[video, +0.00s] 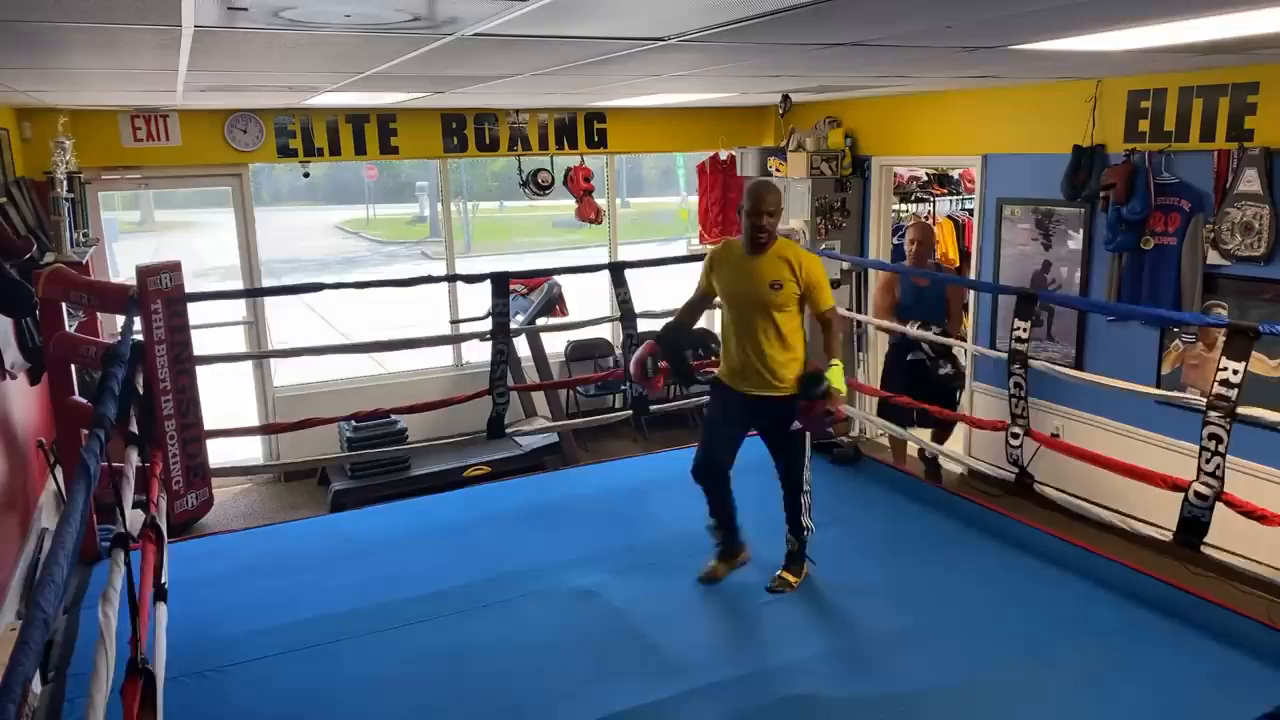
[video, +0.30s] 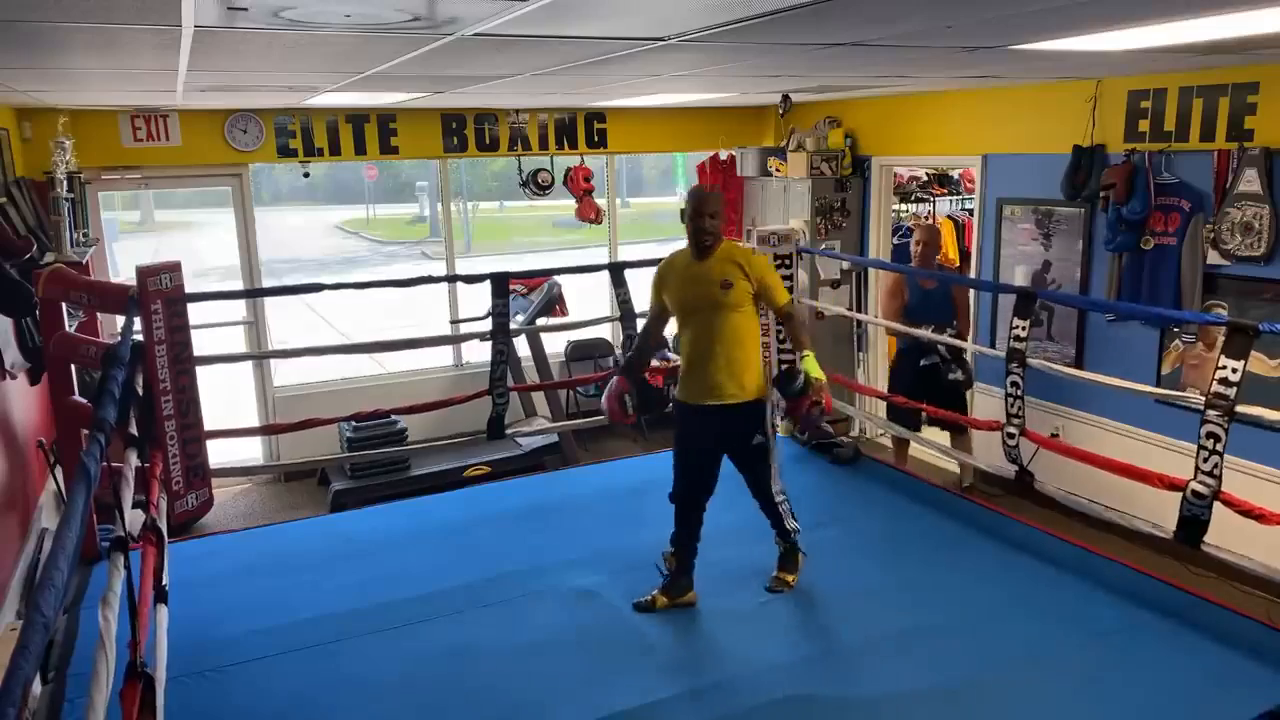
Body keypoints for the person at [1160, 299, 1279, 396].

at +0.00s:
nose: (1217, 327)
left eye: (1222, 323)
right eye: (1213, 322)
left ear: (1225, 327)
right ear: (1201, 325)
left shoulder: (1232, 350)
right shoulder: (1189, 348)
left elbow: (1271, 368)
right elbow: (1163, 369)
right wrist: (1178, 345)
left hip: (1217, 408)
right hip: (1186, 404)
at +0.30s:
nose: (1219, 324)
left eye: (1223, 320)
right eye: (1214, 319)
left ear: (1226, 325)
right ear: (1202, 323)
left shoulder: (1233, 351)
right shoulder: (1189, 349)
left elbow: (1271, 368)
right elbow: (1163, 369)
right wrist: (1176, 347)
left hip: (1216, 411)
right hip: (1186, 407)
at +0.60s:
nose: (1219, 325)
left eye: (1223, 321)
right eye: (1214, 320)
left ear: (1226, 325)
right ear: (1201, 324)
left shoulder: (1233, 350)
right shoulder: (1189, 349)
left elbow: (1271, 368)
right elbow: (1163, 369)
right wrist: (1176, 348)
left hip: (1218, 409)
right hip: (1188, 406)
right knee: (1193, 394)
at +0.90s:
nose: (1220, 324)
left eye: (1223, 320)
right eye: (1215, 319)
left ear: (1227, 325)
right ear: (1202, 323)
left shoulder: (1233, 350)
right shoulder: (1189, 349)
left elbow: (1271, 368)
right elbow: (1163, 369)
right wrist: (1177, 347)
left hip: (1220, 409)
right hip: (1190, 406)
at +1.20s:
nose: (1220, 326)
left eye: (1223, 322)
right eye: (1215, 321)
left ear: (1226, 326)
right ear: (1201, 324)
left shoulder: (1232, 350)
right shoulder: (1189, 349)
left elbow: (1271, 368)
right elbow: (1163, 369)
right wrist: (1176, 348)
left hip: (1218, 408)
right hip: (1189, 404)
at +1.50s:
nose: (1220, 325)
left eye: (1224, 321)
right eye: (1215, 320)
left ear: (1226, 326)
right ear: (1202, 324)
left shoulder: (1233, 350)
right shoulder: (1189, 350)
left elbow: (1271, 368)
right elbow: (1162, 369)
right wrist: (1176, 348)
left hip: (1218, 408)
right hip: (1189, 405)